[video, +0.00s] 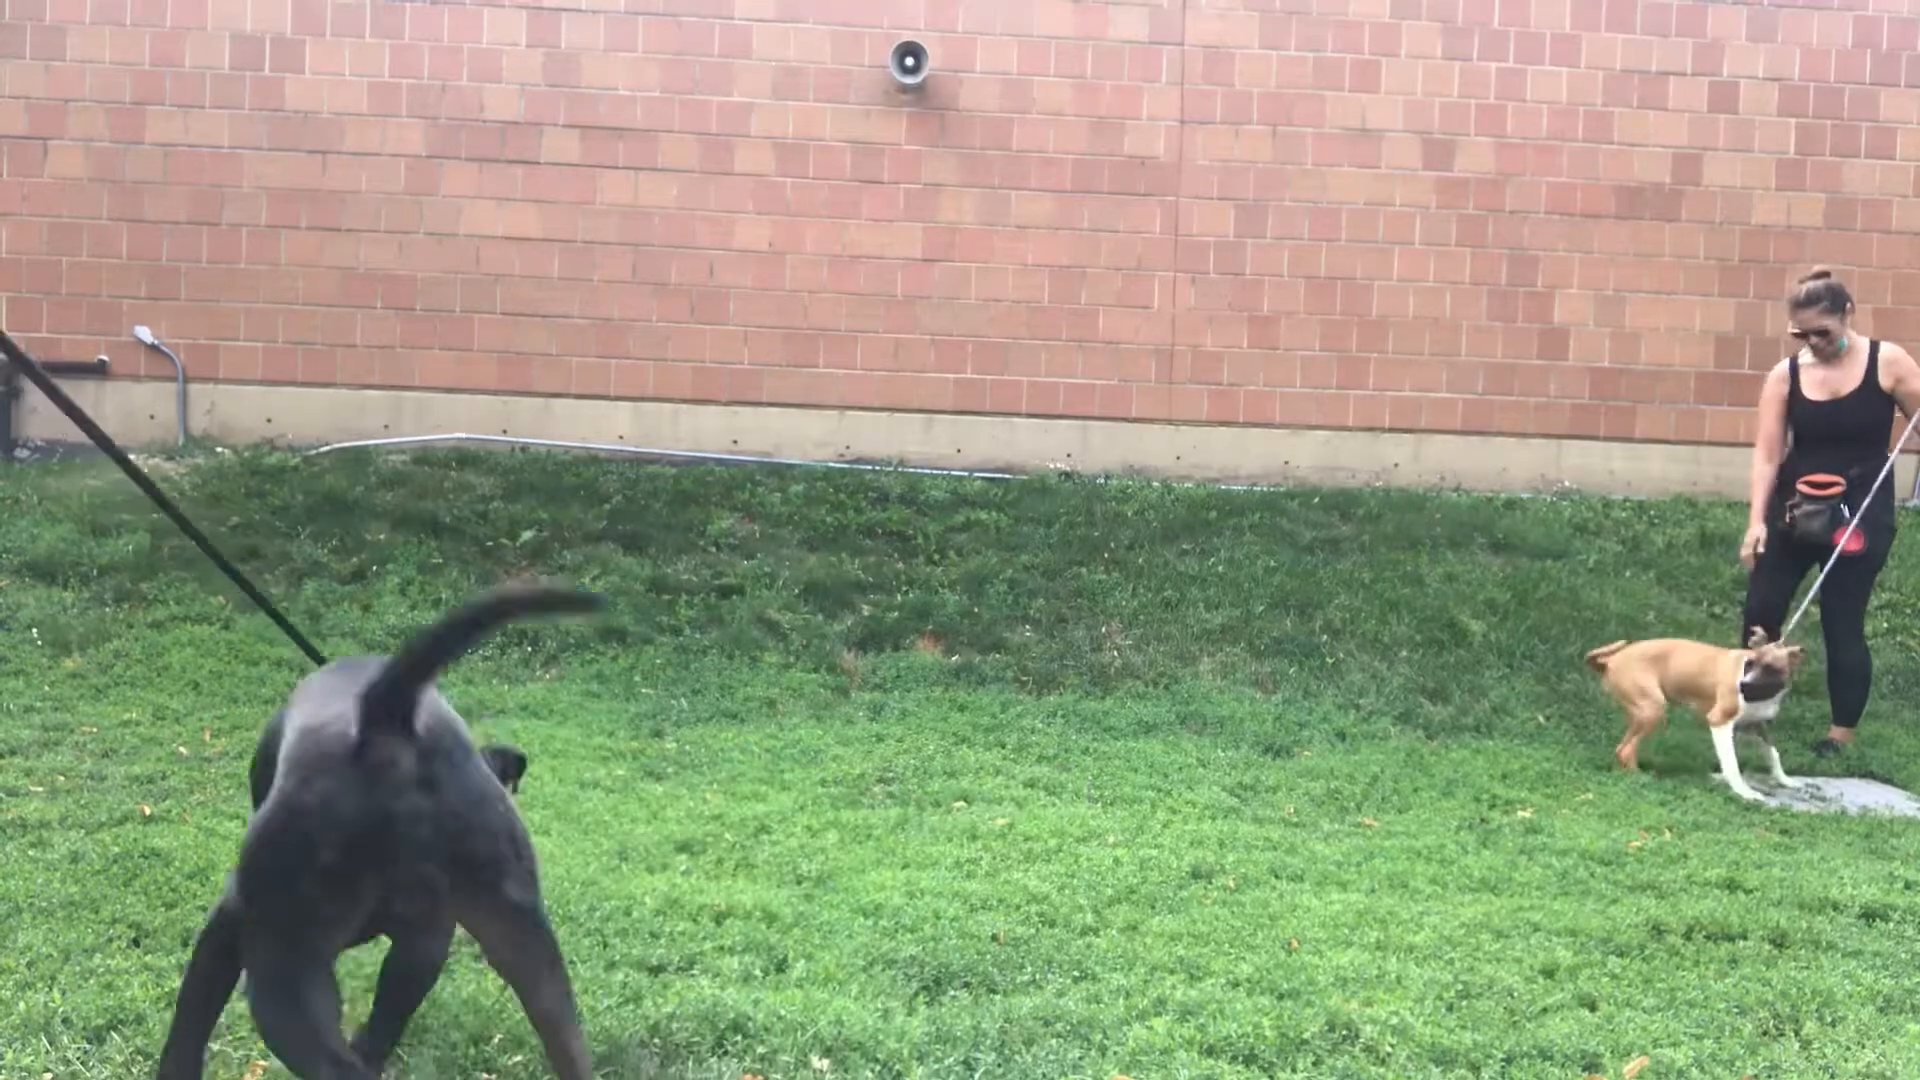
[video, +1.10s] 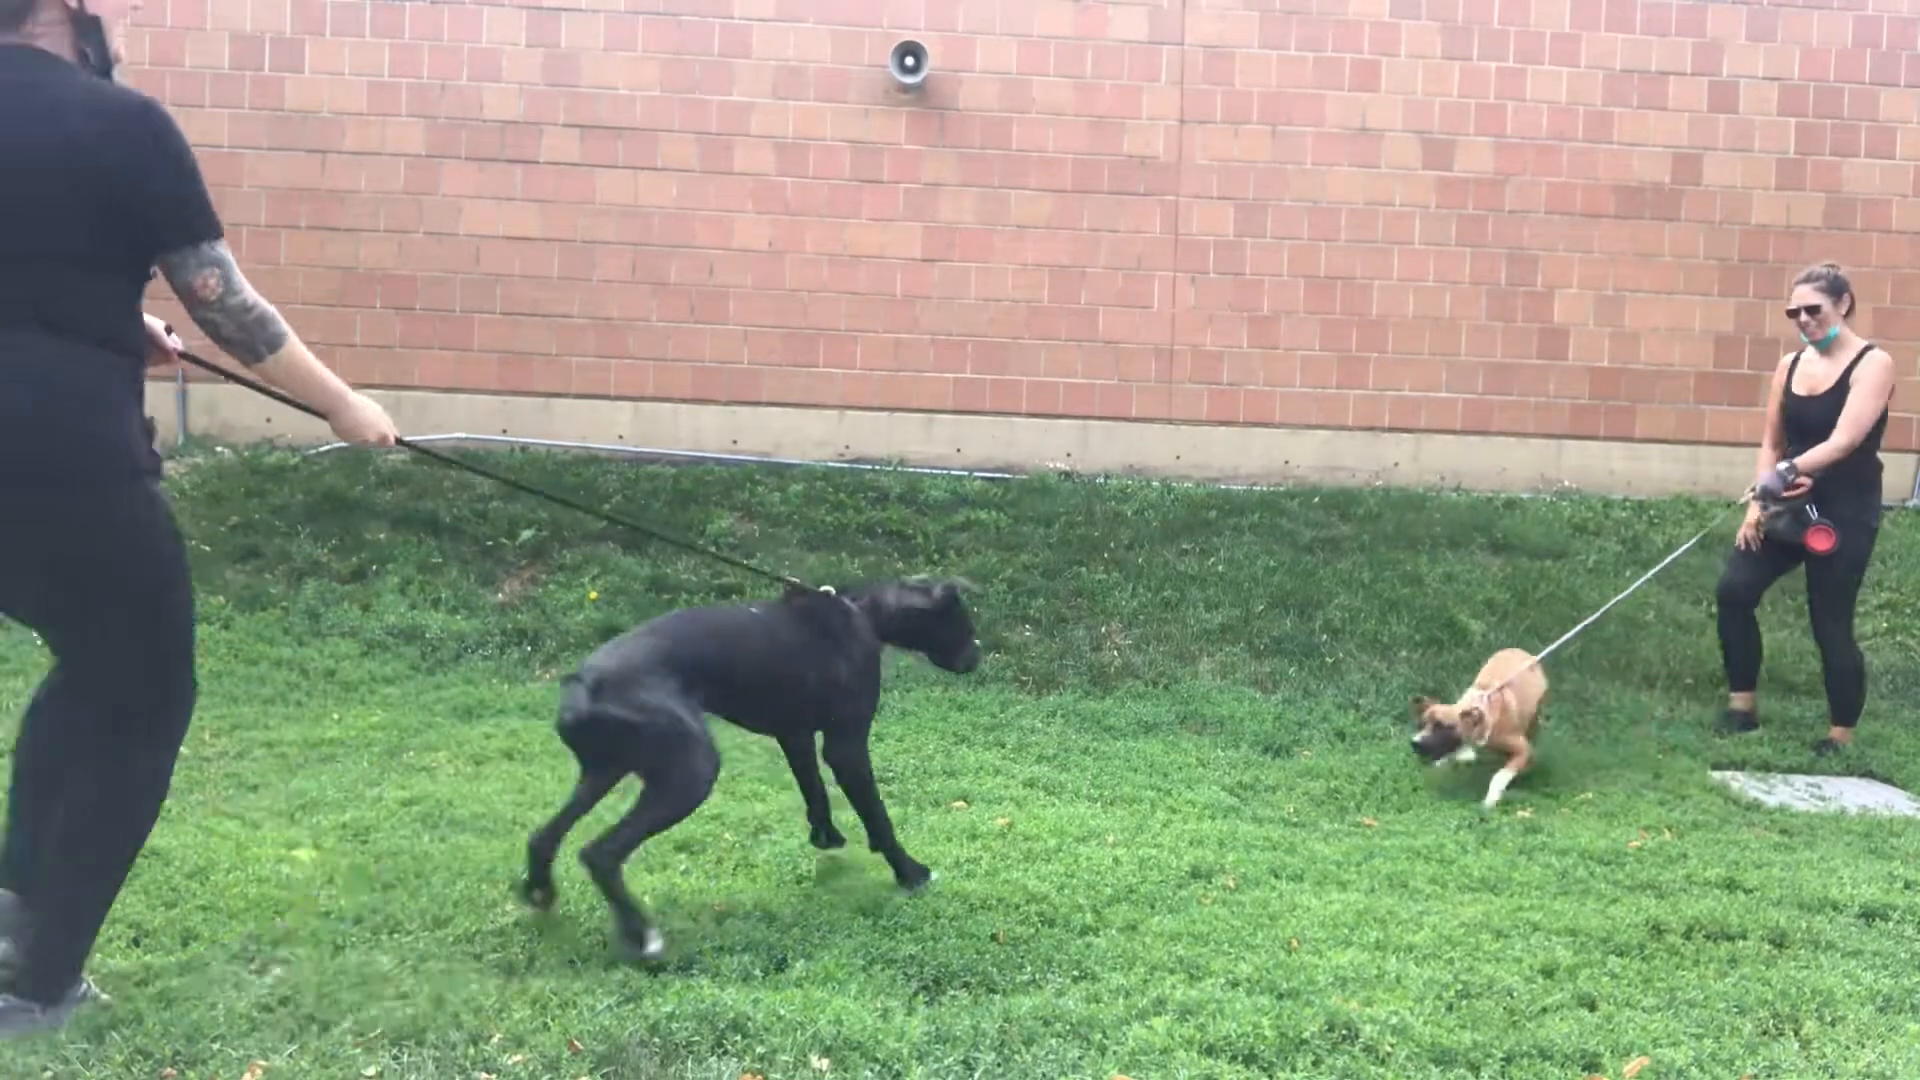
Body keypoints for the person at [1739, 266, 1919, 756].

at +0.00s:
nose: (1812, 342)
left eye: (1821, 332)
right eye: (1803, 333)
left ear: (1847, 316)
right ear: (1793, 325)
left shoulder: (1890, 364)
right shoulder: (1784, 376)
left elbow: (1916, 423)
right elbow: (1767, 454)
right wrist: (1756, 520)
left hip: (1862, 511)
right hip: (1795, 507)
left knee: (1840, 617)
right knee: (1760, 607)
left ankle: (1841, 732)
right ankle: (1752, 710)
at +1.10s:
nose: (1804, 321)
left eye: (1813, 310)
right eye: (1796, 313)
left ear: (1843, 304)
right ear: (1791, 314)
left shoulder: (1873, 363)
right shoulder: (1789, 365)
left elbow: (1845, 441)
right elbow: (1772, 443)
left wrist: (1788, 471)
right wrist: (1756, 502)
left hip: (1846, 513)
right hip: (1791, 503)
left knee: (1830, 623)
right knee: (1733, 590)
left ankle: (1840, 737)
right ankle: (1741, 709)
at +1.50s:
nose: (1715, 323)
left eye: (1724, 313)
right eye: (1709, 315)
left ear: (1755, 309)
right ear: (1707, 316)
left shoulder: (1774, 362)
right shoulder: (1733, 363)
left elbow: (1755, 417)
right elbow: (1734, 434)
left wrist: (1720, 451)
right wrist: (1707, 489)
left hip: (1770, 512)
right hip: (1728, 506)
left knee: (1754, 622)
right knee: (1691, 600)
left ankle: (1824, 721)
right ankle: (1684, 715)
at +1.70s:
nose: (1681, 323)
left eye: (1690, 312)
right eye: (1673, 314)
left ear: (1718, 306)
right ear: (1668, 313)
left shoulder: (1737, 357)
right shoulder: (1692, 362)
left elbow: (1716, 417)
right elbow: (1692, 433)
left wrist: (1672, 455)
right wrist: (1669, 487)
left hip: (1741, 497)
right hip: (1698, 495)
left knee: (1685, 595)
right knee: (1671, 596)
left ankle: (1746, 712)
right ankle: (1682, 715)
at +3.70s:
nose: (1728, 297)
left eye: (1738, 288)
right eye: (1724, 288)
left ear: (1776, 283)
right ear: (1727, 286)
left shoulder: (1800, 347)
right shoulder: (1738, 341)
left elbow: (1749, 422)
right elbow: (1737, 425)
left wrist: (1681, 464)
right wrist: (1720, 481)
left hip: (1796, 498)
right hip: (1744, 492)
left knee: (1763, 611)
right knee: (1703, 608)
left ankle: (1772, 757)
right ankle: (1703, 726)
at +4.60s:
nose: (1770, 287)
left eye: (1781, 277)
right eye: (1767, 277)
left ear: (1825, 270)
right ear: (1769, 273)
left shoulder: (1854, 344)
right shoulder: (1762, 336)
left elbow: (1802, 435)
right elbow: (1740, 430)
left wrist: (1722, 461)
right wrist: (1706, 501)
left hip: (1819, 510)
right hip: (1750, 502)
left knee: (1820, 640)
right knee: (1726, 637)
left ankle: (1864, 791)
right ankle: (1714, 768)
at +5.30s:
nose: (1834, 272)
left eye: (1844, 260)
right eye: (1831, 260)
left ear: (1895, 251)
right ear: (1873, 257)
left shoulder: (1917, 340)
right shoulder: (1843, 328)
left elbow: (1884, 447)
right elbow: (1827, 434)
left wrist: (1773, 478)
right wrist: (1802, 497)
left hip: (1897, 529)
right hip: (1825, 520)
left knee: (1885, 676)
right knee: (1796, 667)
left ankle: (1896, 796)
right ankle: (1802, 825)